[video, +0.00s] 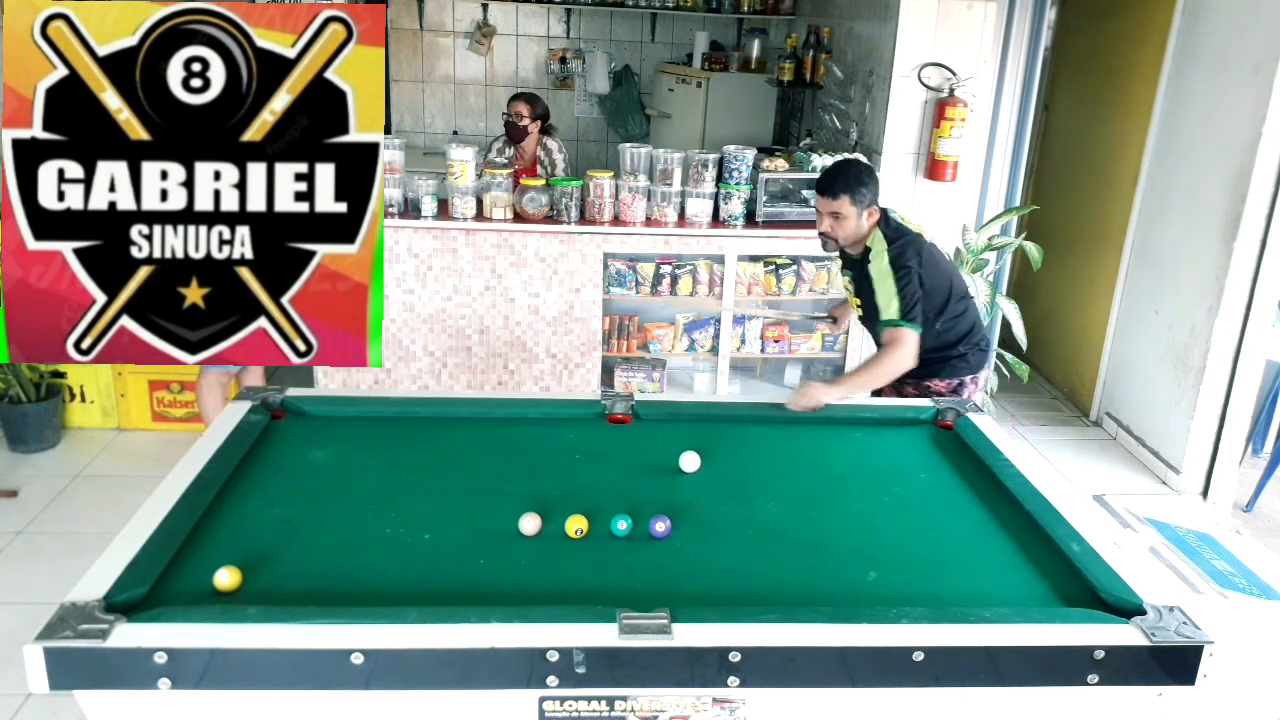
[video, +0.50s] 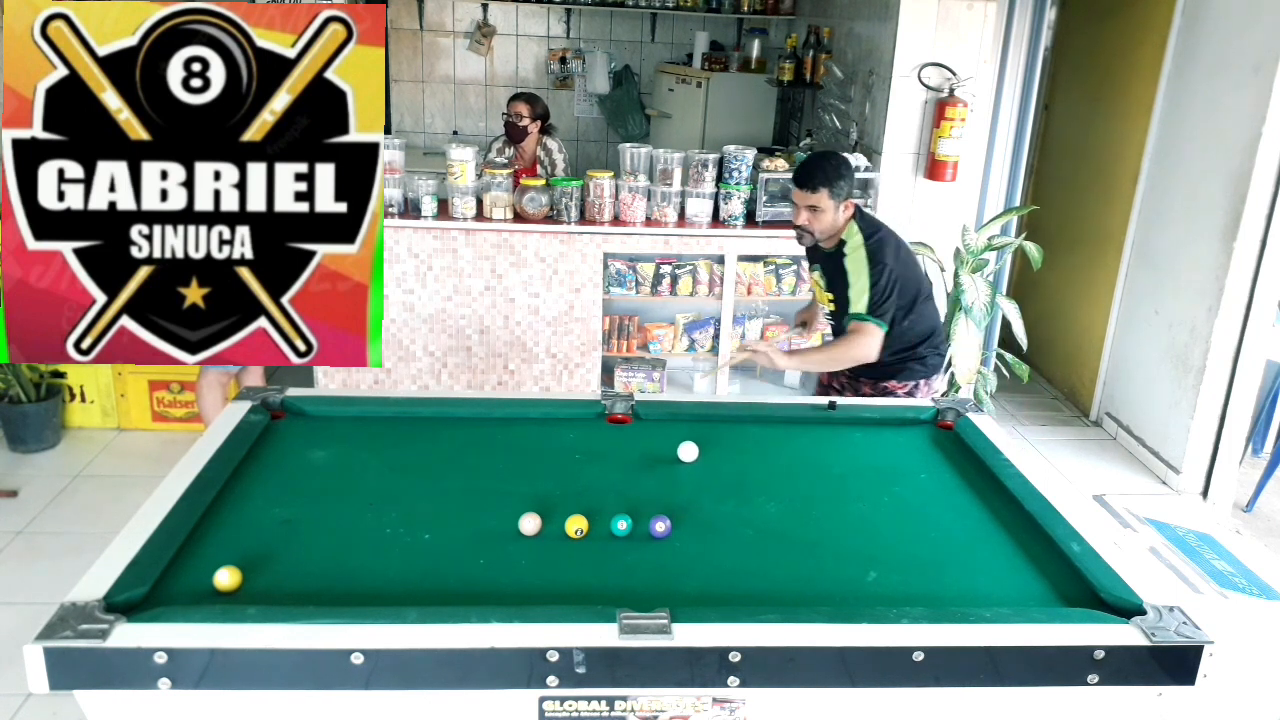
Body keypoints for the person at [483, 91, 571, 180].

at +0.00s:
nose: (509, 122)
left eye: (517, 117)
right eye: (508, 116)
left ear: (535, 126)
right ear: (505, 117)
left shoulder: (552, 148)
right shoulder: (499, 146)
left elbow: (564, 187)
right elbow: (485, 180)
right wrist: (506, 169)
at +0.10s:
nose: (509, 122)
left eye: (517, 117)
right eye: (508, 116)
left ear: (535, 126)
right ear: (505, 117)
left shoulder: (552, 148)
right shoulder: (499, 146)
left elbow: (564, 187)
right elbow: (485, 181)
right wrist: (506, 170)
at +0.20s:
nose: (509, 122)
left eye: (517, 117)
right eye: (508, 116)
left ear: (535, 126)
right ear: (505, 117)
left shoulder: (552, 148)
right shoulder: (499, 146)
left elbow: (564, 187)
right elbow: (485, 181)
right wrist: (507, 170)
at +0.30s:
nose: (509, 122)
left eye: (517, 117)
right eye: (508, 116)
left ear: (535, 126)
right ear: (505, 117)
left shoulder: (552, 147)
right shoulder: (498, 146)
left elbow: (564, 188)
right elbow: (484, 182)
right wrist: (507, 170)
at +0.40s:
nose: (509, 122)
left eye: (517, 117)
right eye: (508, 116)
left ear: (535, 126)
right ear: (505, 117)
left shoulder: (552, 147)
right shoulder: (498, 146)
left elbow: (564, 188)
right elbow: (484, 182)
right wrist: (506, 170)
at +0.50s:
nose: (509, 122)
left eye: (517, 117)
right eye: (508, 116)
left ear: (535, 126)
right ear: (505, 117)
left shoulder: (552, 147)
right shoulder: (498, 146)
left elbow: (564, 188)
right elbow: (484, 182)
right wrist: (506, 170)